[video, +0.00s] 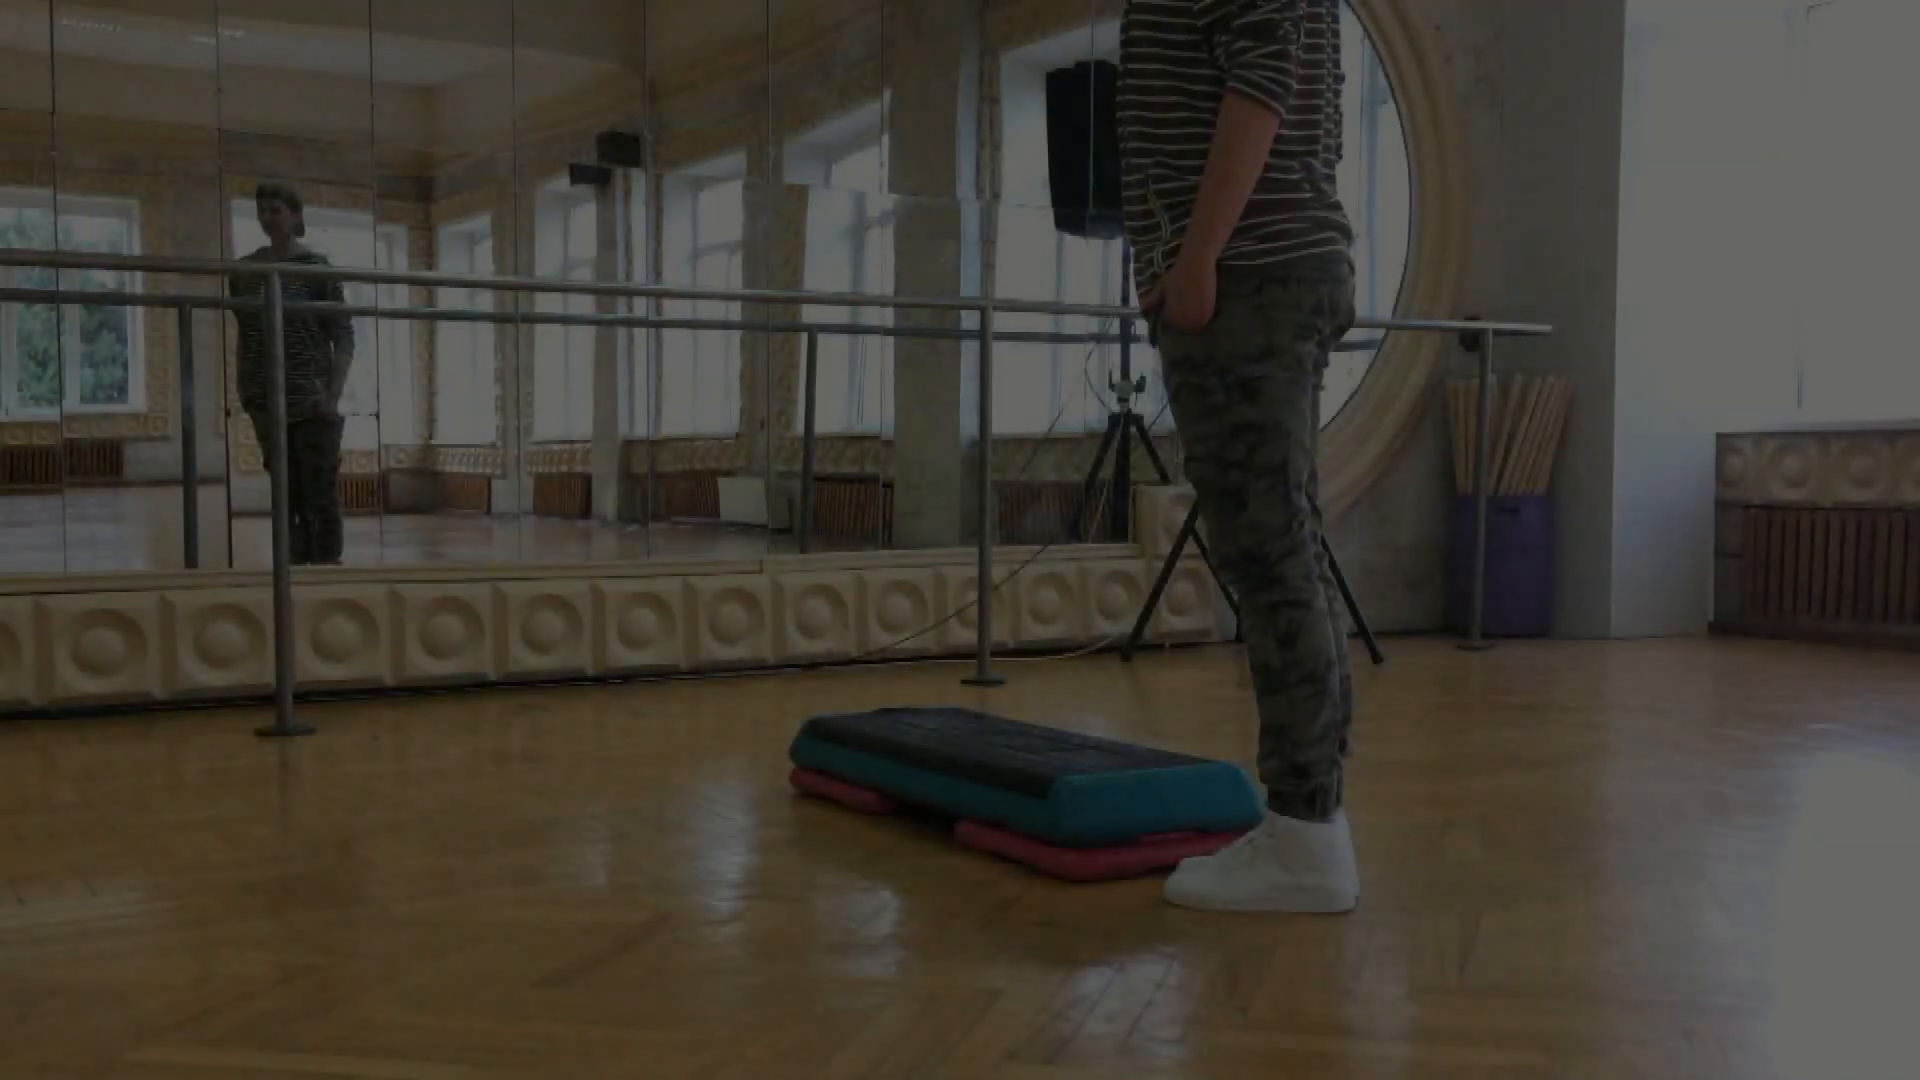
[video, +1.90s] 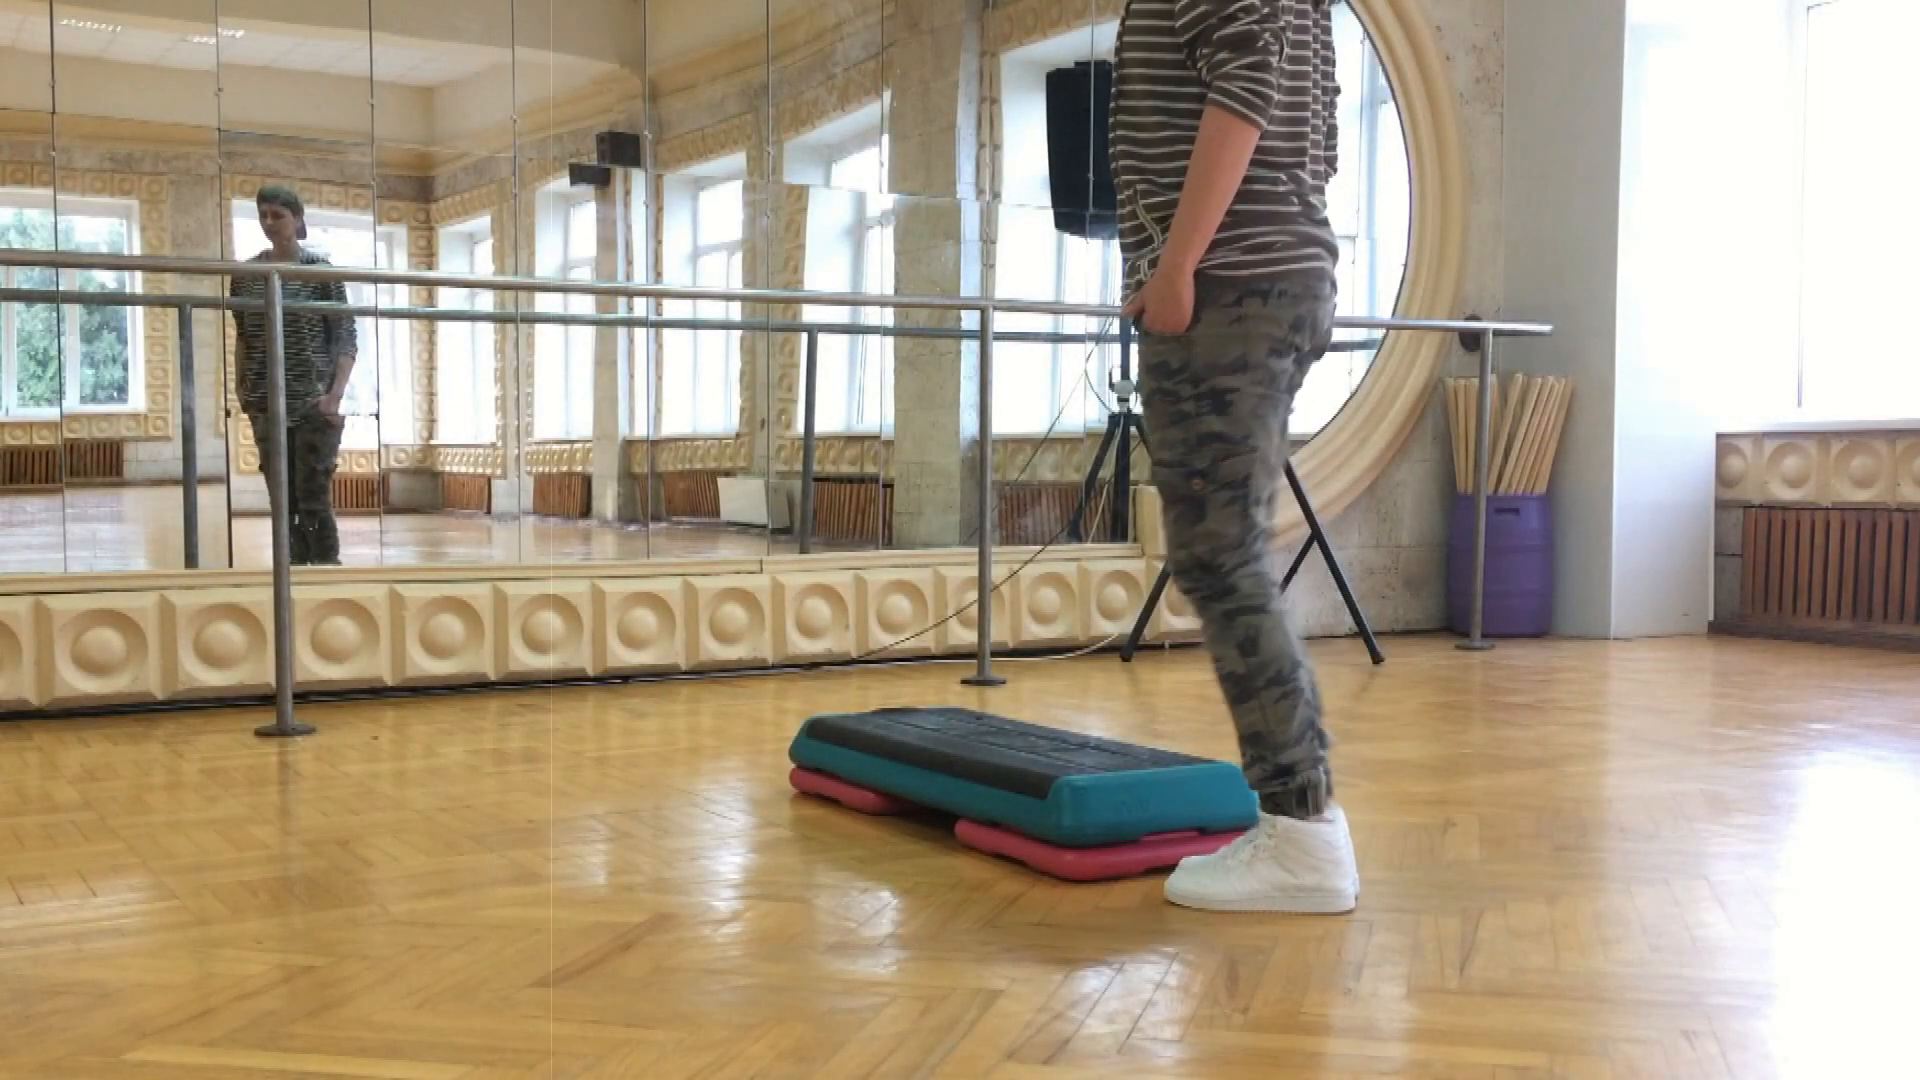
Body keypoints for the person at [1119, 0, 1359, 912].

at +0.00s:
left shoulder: (1246, 2)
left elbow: (1262, 83)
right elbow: (1258, 90)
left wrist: (1197, 257)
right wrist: (1182, 255)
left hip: (1249, 276)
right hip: (1250, 273)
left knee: (1264, 548)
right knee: (1272, 545)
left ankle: (1303, 835)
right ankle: (1306, 821)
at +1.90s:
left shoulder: (1233, 0)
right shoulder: (1288, 10)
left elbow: (1244, 93)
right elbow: (1315, 148)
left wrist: (1176, 264)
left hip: (1230, 287)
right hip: (1268, 283)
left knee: (1220, 559)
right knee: (1228, 555)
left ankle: (1303, 838)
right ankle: (1302, 824)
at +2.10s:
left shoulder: (1209, 4)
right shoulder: (1282, 18)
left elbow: (1254, 141)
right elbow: (1329, 186)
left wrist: (1165, 298)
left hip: (1225, 320)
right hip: (1254, 322)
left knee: (1140, 573)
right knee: (1046, 486)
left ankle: (1292, 835)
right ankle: (1229, 648)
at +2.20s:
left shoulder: (1188, 2)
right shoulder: (1159, 20)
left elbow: (1258, 103)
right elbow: (1298, 135)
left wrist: (1178, 269)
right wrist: (1168, 260)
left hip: (1235, 279)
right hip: (1195, 285)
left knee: (1179, 557)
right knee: (1040, 439)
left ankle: (1292, 834)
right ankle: (1149, 674)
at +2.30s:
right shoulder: (1097, 22)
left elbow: (1266, 46)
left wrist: (1213, 223)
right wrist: (1153, 241)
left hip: (1249, 236)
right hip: (1167, 258)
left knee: (1260, 501)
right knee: (1064, 448)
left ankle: (1280, 797)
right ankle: (1141, 693)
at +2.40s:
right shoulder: (1072, 17)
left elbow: (1283, 40)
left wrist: (1246, 221)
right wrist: (1144, 237)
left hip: (1247, 250)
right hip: (1155, 272)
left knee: (1289, 489)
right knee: (1078, 459)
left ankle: (1343, 771)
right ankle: (1145, 701)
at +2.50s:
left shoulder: (1174, 3)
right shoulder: (1068, 24)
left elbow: (1287, 68)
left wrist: (1249, 235)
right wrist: (1142, 252)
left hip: (1249, 266)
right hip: (1149, 291)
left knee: (1330, 496)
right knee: (1071, 465)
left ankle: (1413, 763)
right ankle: (1144, 704)